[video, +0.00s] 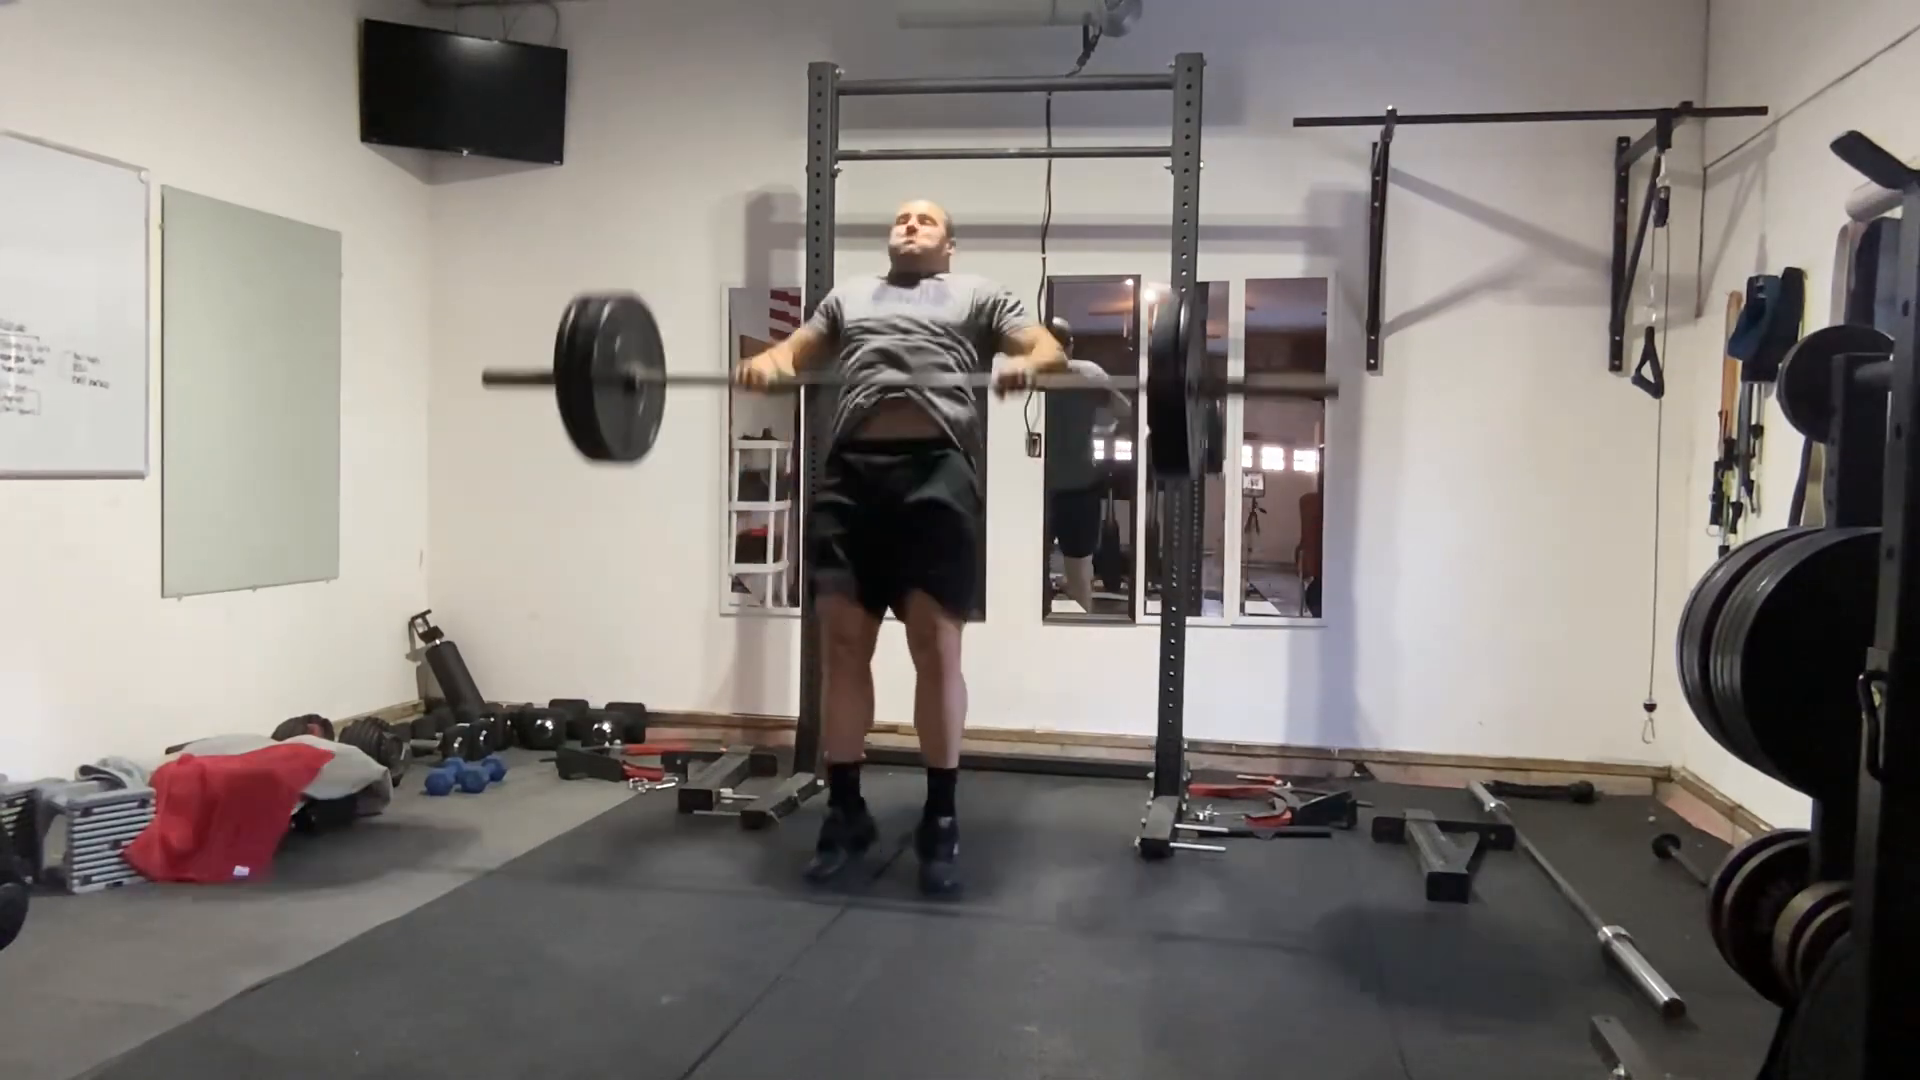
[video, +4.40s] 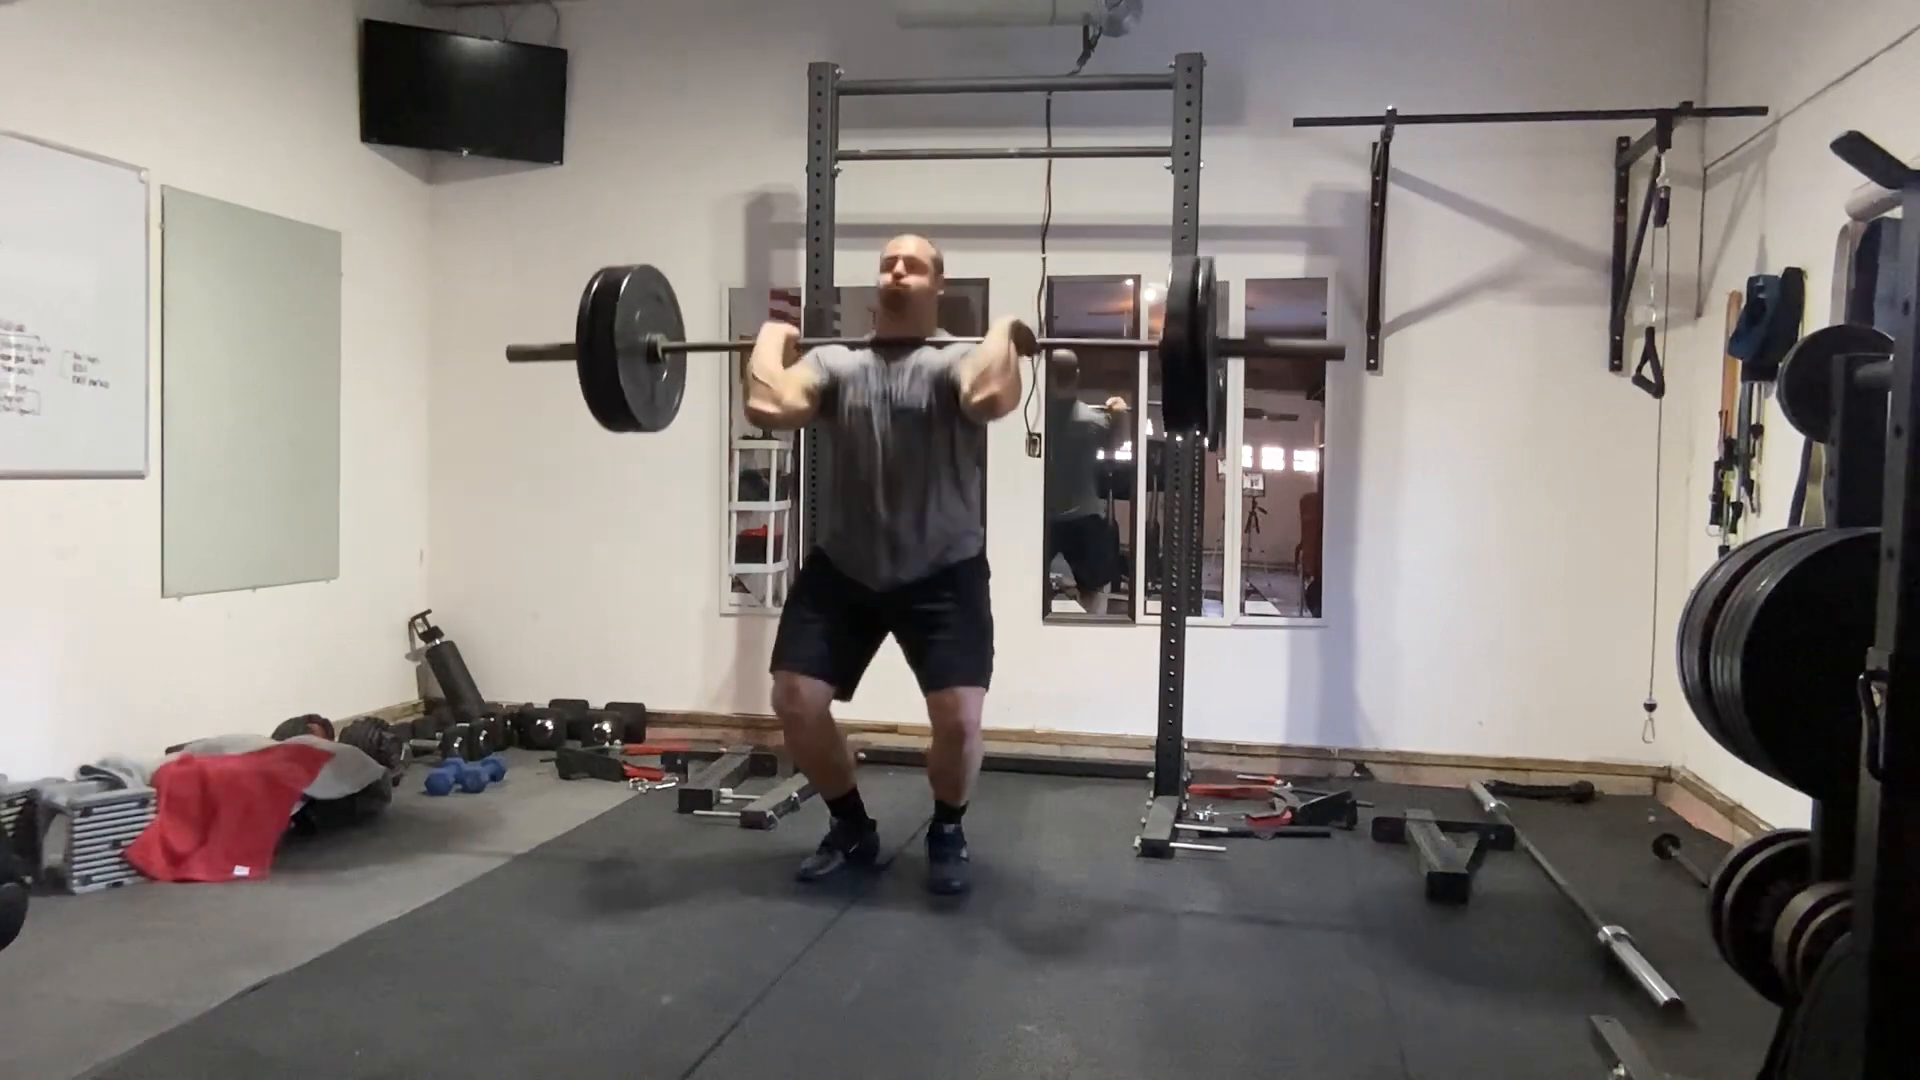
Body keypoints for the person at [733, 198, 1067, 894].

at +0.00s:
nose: (908, 225)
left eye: (923, 221)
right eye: (900, 220)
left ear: (948, 244)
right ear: (886, 243)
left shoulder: (980, 296)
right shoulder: (849, 297)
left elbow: (1050, 347)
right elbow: (794, 352)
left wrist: (1028, 362)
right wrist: (767, 362)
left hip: (935, 473)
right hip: (852, 472)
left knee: (934, 643)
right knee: (842, 643)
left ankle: (941, 819)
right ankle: (844, 812)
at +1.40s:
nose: (902, 207)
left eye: (917, 204)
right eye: (894, 202)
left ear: (942, 232)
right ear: (878, 224)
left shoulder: (956, 290)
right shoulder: (836, 283)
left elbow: (1003, 319)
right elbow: (768, 320)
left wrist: (1017, 242)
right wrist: (760, 251)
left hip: (935, 499)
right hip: (847, 498)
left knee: (934, 664)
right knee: (849, 664)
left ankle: (938, 829)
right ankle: (855, 824)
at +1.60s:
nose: (902, 216)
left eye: (918, 213)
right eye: (892, 211)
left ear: (939, 239)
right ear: (874, 236)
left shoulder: (960, 298)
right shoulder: (831, 292)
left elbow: (1032, 233)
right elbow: (743, 236)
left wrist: (1031, 132)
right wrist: (755, 142)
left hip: (933, 505)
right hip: (845, 505)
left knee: (931, 669)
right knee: (853, 669)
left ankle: (939, 829)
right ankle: (857, 828)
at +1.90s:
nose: (870, 232)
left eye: (884, 219)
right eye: (861, 220)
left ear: (916, 223)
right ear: (848, 226)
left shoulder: (958, 278)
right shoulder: (823, 282)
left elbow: (1004, 166)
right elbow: (771, 180)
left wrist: (1023, 73)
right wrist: (760, 90)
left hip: (934, 502)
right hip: (847, 503)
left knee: (931, 670)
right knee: (859, 668)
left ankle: (937, 829)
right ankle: (859, 826)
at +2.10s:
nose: (887, 227)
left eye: (902, 218)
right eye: (877, 218)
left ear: (928, 233)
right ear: (863, 233)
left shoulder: (966, 317)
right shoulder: (822, 318)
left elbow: (1000, 418)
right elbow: (783, 410)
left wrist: (1007, 517)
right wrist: (751, 503)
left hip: (936, 531)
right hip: (842, 530)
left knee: (934, 675)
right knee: (844, 672)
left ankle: (937, 828)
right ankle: (855, 828)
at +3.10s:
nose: (909, 226)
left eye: (924, 221)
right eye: (899, 220)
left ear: (946, 244)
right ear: (884, 241)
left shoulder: (974, 295)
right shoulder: (847, 295)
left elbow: (1043, 348)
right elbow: (791, 355)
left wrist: (1022, 390)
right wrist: (758, 385)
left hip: (943, 471)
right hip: (857, 470)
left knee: (936, 633)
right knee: (842, 638)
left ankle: (939, 819)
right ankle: (848, 811)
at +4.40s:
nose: (897, 275)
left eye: (914, 267)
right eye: (888, 266)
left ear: (939, 288)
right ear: (874, 285)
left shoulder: (959, 359)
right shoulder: (834, 364)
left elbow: (993, 397)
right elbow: (769, 402)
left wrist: (1003, 330)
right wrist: (772, 336)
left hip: (941, 569)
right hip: (843, 567)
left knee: (958, 718)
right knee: (796, 699)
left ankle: (947, 834)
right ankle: (852, 831)